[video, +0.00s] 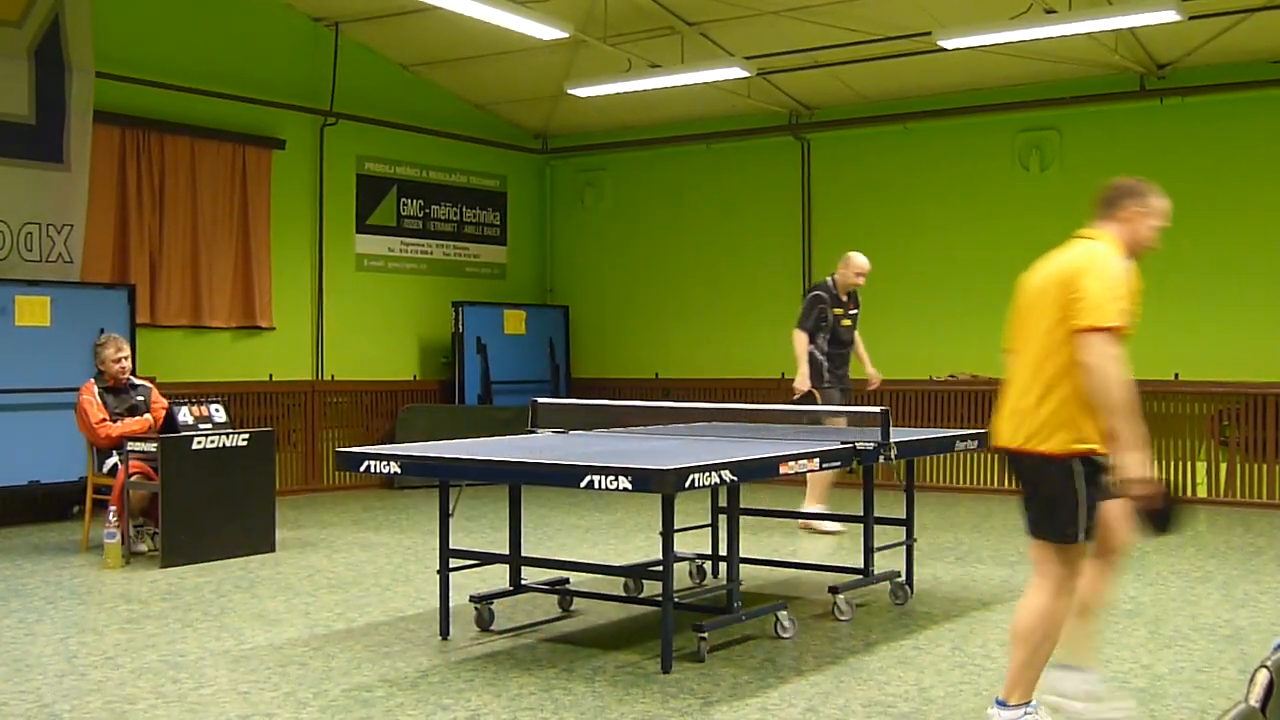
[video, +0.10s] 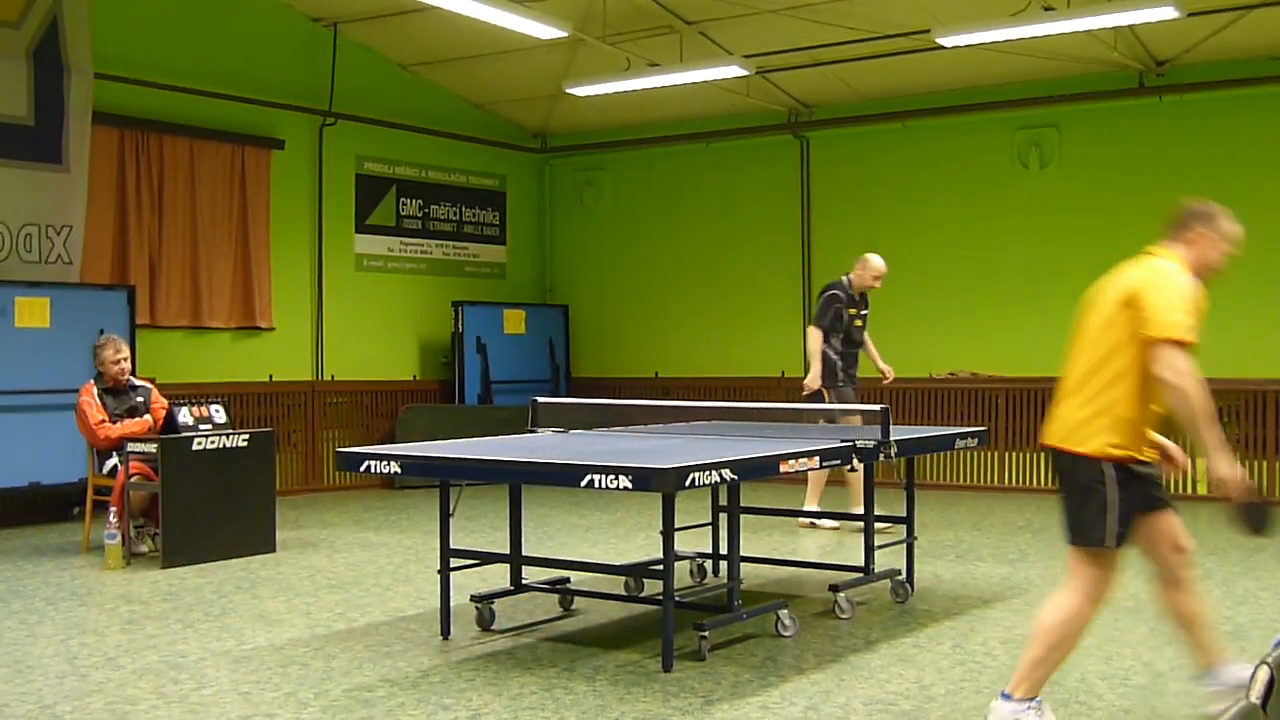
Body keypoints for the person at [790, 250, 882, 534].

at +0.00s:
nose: (862, 281)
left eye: (865, 276)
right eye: (858, 275)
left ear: (862, 276)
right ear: (841, 270)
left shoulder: (853, 298)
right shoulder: (820, 295)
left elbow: (852, 334)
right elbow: (800, 332)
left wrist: (868, 367)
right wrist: (802, 372)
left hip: (840, 381)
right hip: (820, 381)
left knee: (826, 443)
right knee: (838, 440)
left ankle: (810, 508)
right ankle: (816, 507)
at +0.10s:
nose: (878, 284)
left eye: (880, 279)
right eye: (875, 277)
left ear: (872, 276)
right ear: (858, 271)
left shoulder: (862, 298)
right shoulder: (835, 294)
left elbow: (860, 334)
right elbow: (815, 330)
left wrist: (879, 362)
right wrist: (815, 370)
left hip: (845, 380)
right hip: (831, 380)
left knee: (825, 446)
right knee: (855, 441)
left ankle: (809, 509)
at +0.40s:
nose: (913, 278)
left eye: (915, 273)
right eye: (911, 272)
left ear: (900, 266)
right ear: (896, 263)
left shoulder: (889, 287)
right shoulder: (873, 286)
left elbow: (880, 334)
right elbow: (856, 326)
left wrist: (883, 373)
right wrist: (859, 367)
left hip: (878, 374)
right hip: (871, 375)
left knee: (854, 438)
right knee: (892, 439)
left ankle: (820, 493)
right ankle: (897, 505)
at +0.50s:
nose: (925, 274)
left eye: (927, 268)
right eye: (924, 267)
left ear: (911, 260)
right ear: (909, 259)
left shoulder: (895, 281)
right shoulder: (889, 282)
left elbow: (886, 327)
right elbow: (877, 324)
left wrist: (896, 365)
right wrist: (887, 366)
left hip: (892, 371)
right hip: (892, 372)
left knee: (888, 438)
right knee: (900, 437)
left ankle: (844, 478)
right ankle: (897, 503)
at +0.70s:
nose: (946, 272)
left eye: (949, 266)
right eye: (945, 265)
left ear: (929, 256)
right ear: (931, 256)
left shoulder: (906, 276)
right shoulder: (914, 279)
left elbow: (903, 326)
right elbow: (909, 323)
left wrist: (930, 359)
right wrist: (934, 358)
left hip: (910, 368)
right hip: (909, 369)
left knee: (935, 424)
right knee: (911, 433)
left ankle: (916, 493)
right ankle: (898, 501)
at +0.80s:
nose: (955, 274)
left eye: (958, 269)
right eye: (956, 267)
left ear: (942, 257)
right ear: (942, 257)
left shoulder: (915, 276)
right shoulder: (924, 280)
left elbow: (915, 328)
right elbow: (920, 323)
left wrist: (942, 359)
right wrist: (950, 358)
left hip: (924, 369)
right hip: (916, 369)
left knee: (944, 430)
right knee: (907, 436)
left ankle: (952, 497)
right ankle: (894, 503)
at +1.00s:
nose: (984, 279)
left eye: (987, 274)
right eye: (984, 272)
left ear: (969, 261)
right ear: (970, 261)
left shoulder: (946, 282)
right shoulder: (950, 285)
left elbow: (939, 333)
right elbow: (943, 328)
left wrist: (960, 369)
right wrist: (968, 366)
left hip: (953, 379)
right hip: (940, 377)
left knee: (973, 437)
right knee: (922, 439)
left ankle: (990, 502)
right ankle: (895, 502)